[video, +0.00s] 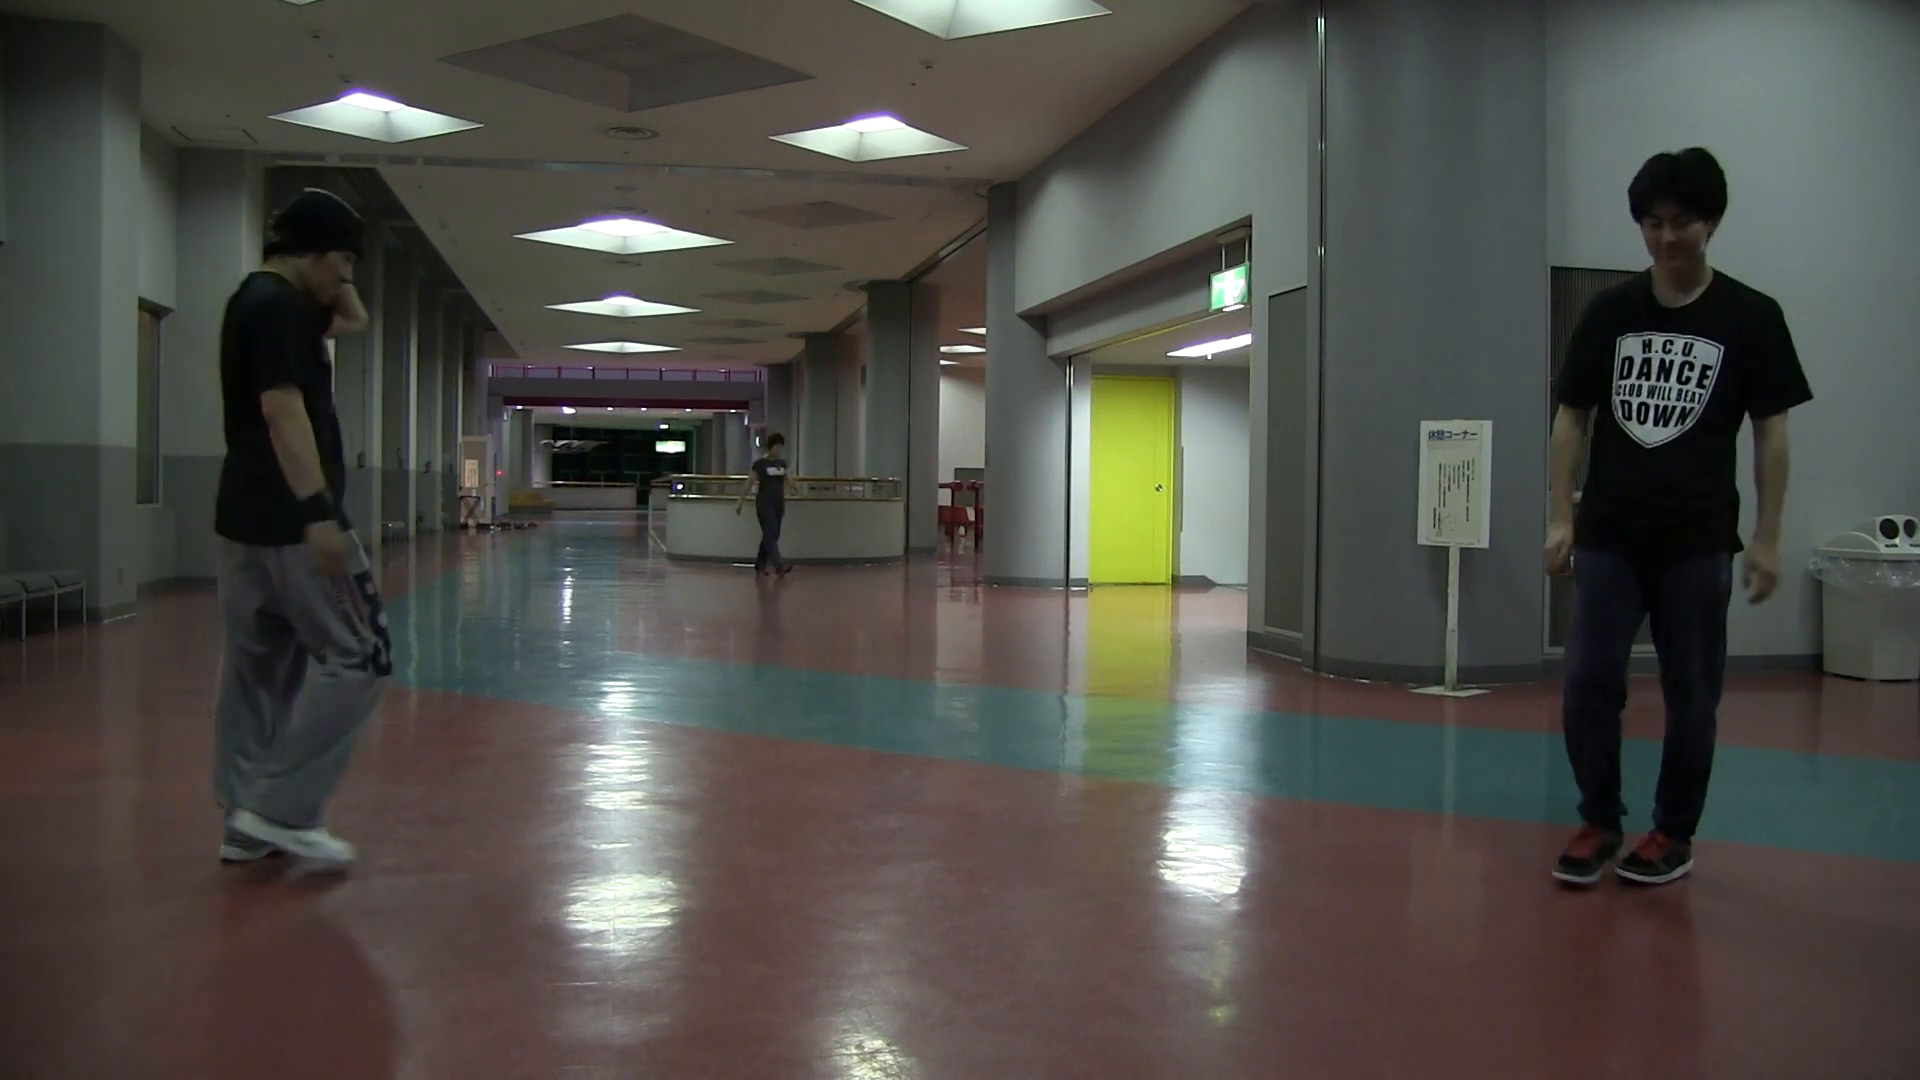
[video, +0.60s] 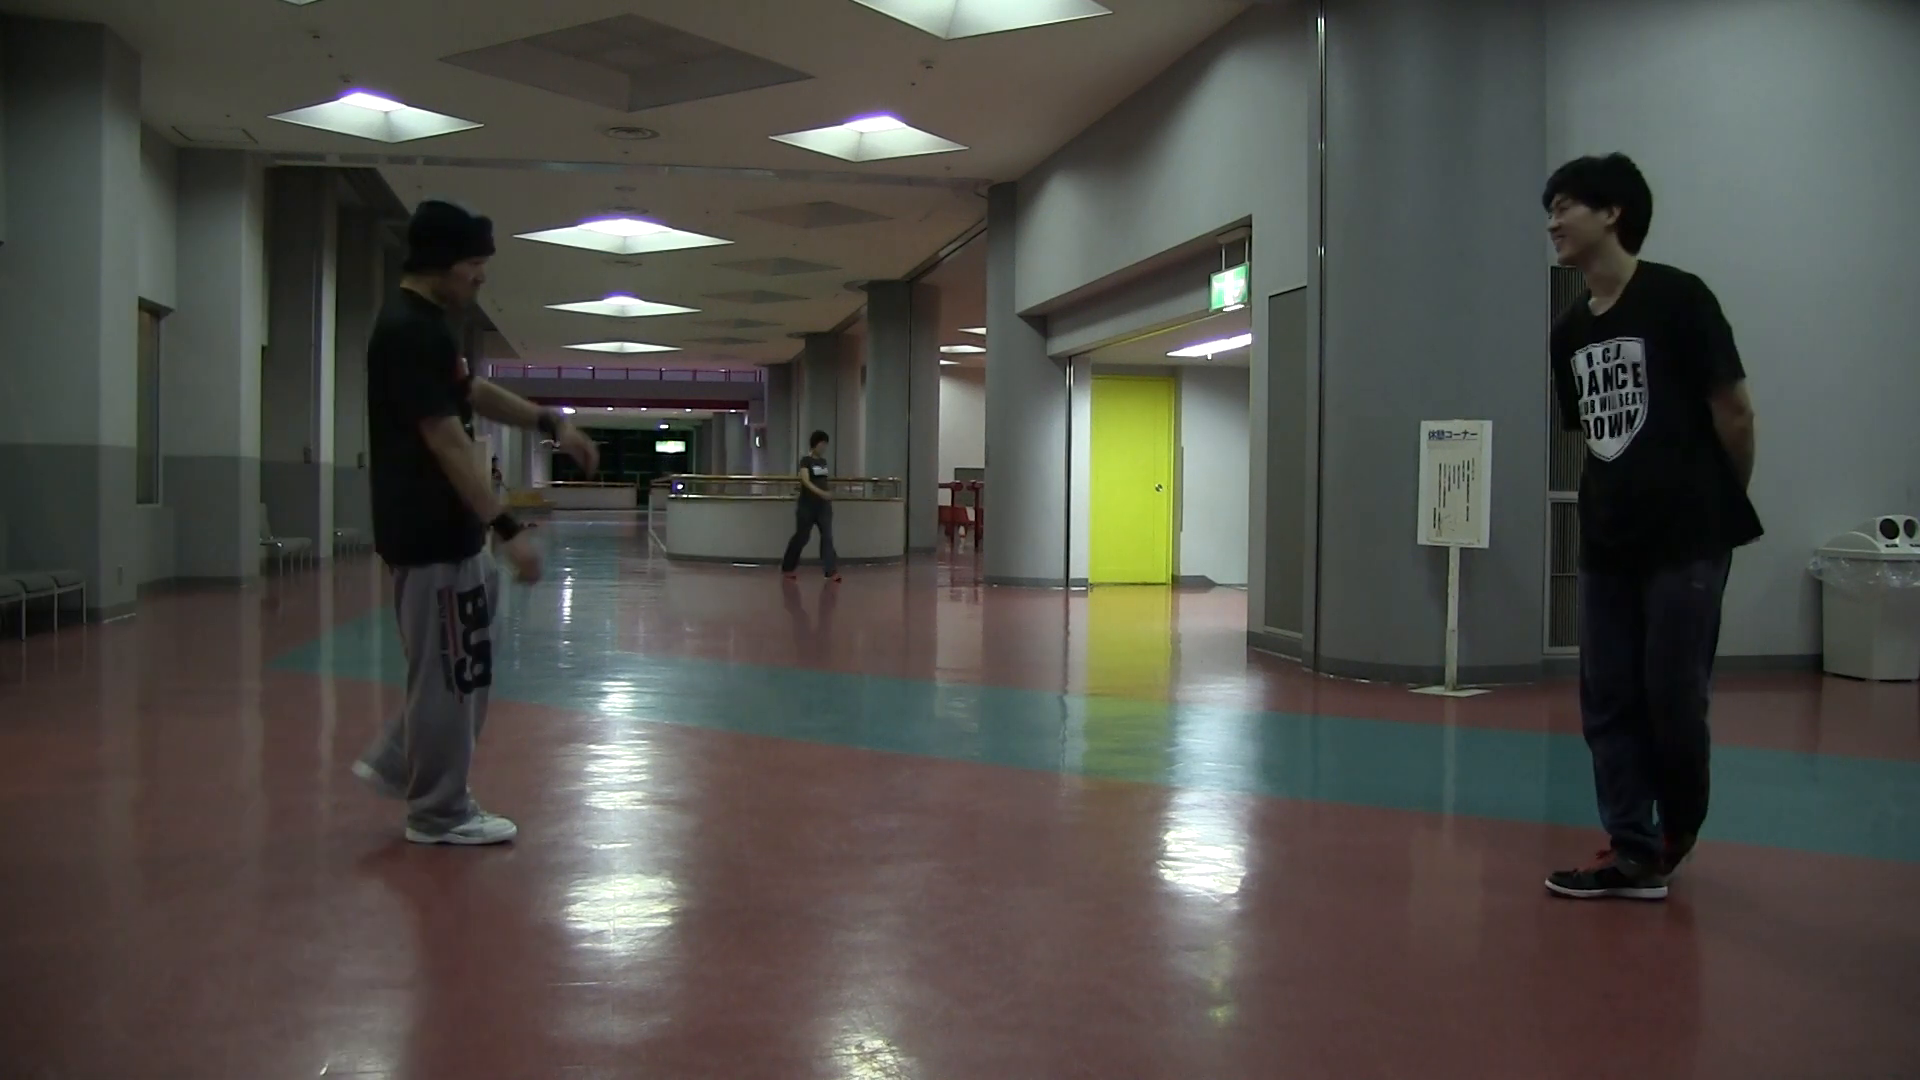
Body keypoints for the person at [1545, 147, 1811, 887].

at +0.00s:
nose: (1670, 237)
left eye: (1685, 222)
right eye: (1656, 223)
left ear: (1711, 223)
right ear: (1640, 226)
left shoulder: (1752, 317)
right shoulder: (1610, 309)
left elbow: (1771, 432)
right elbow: (1572, 415)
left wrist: (1766, 539)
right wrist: (1560, 516)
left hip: (1696, 539)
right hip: (1608, 533)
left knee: (1692, 693)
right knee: (1587, 682)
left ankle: (1672, 835)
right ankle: (1599, 825)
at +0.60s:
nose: (1551, 223)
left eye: (1564, 207)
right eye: (1550, 211)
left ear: (1612, 214)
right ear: (1580, 223)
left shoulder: (1681, 297)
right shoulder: (1570, 329)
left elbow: (1735, 412)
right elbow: (1584, 430)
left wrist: (1727, 498)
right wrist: (1639, 485)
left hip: (1687, 529)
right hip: (1608, 532)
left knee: (1672, 691)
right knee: (1608, 694)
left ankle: (1677, 827)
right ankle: (1636, 856)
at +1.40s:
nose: (1595, 233)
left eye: (1604, 218)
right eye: (1596, 218)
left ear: (1643, 218)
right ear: (1656, 222)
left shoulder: (1663, 291)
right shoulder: (1697, 291)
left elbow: (1703, 411)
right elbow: (1740, 411)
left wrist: (1758, 506)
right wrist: (1769, 501)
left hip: (1696, 546)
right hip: (1707, 544)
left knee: (1703, 711)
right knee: (1663, 703)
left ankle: (1804, 870)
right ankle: (1636, 858)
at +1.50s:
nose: (1612, 223)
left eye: (1621, 209)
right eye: (1613, 209)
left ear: (1661, 213)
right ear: (1672, 215)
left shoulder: (1690, 292)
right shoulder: (1710, 288)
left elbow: (1732, 415)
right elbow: (1755, 416)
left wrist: (1785, 511)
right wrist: (1791, 507)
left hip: (1722, 548)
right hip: (1711, 544)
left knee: (1721, 711)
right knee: (1669, 698)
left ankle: (1813, 876)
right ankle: (1640, 857)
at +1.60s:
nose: (1628, 211)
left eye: (1638, 197)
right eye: (1630, 197)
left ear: (1680, 204)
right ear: (1685, 206)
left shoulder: (1718, 285)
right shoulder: (1710, 283)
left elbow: (1758, 416)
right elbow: (1753, 416)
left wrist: (1798, 514)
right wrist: (1800, 510)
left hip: (1737, 542)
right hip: (1709, 538)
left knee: (1734, 705)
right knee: (1672, 689)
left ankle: (1817, 878)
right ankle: (1650, 847)